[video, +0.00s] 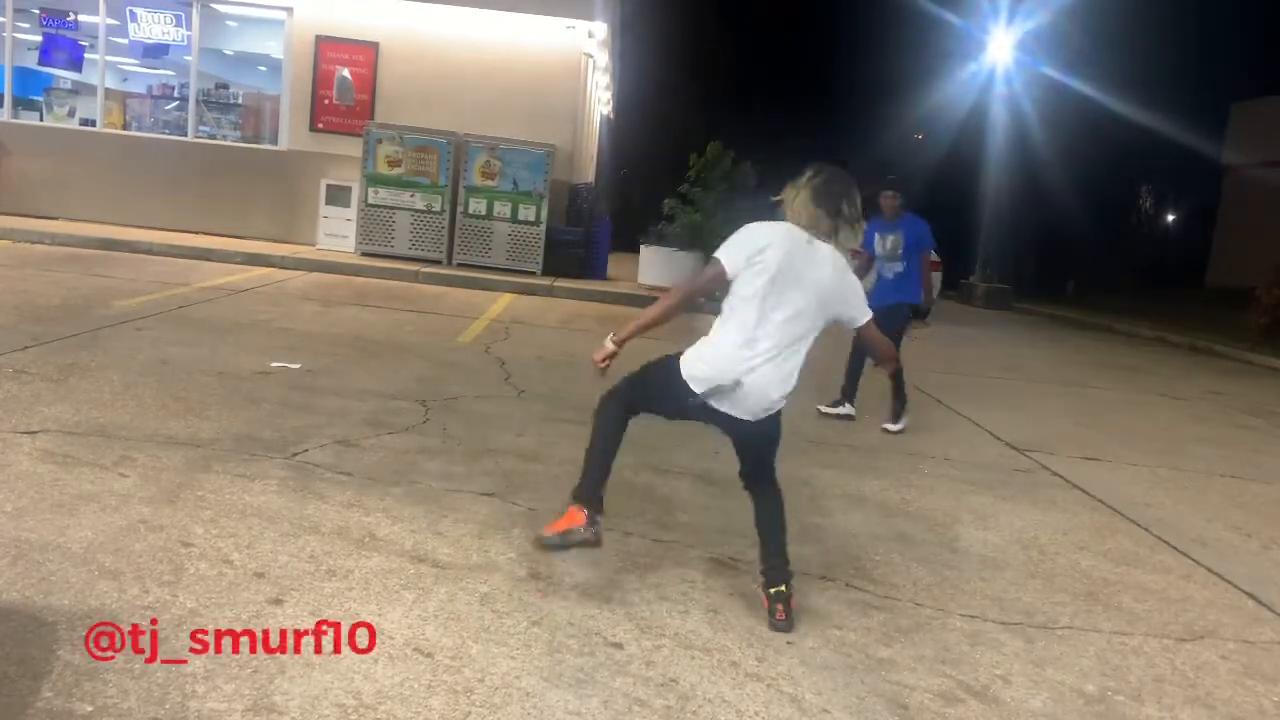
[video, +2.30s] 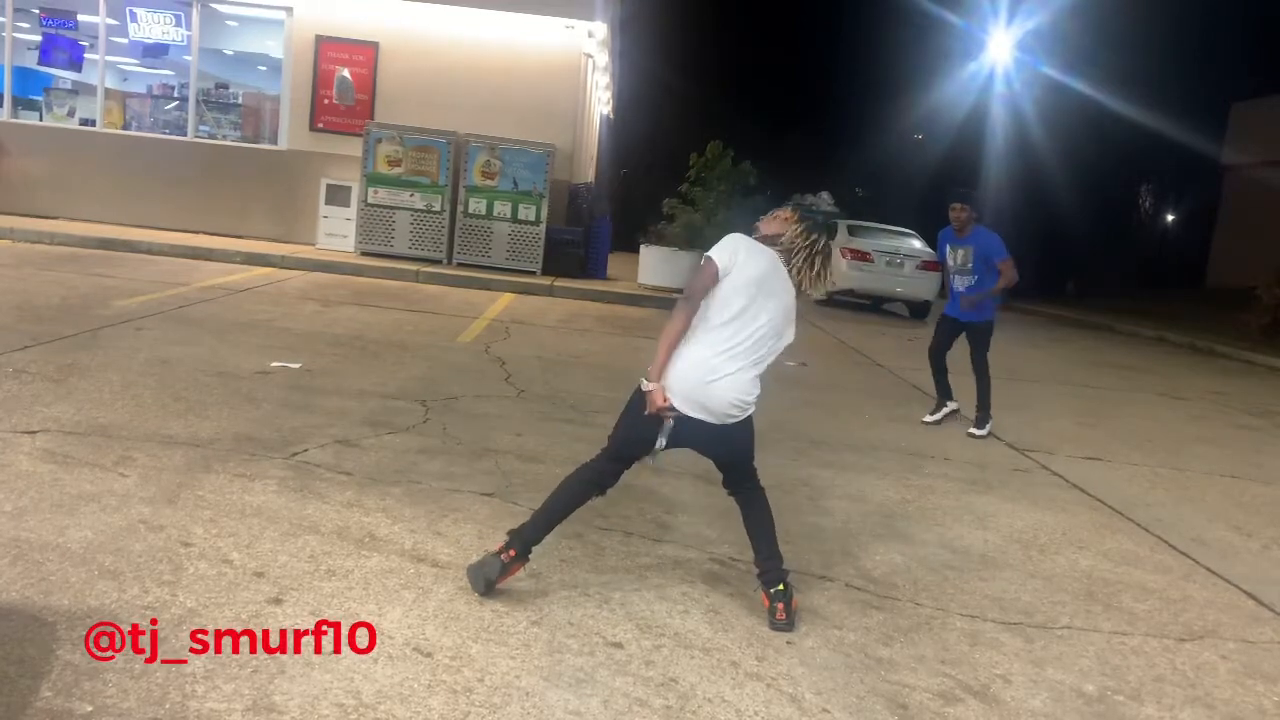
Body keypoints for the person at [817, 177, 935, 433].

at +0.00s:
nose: (889, 203)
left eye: (894, 198)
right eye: (885, 198)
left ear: (901, 201)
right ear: (879, 201)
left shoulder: (917, 226)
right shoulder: (874, 226)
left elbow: (925, 265)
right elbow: (865, 263)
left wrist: (927, 299)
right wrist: (846, 288)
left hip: (904, 298)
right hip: (877, 297)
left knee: (890, 352)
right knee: (859, 345)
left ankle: (898, 412)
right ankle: (847, 400)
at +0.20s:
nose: (909, 214)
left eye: (915, 209)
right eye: (906, 209)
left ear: (924, 212)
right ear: (901, 210)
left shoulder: (939, 238)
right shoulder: (895, 233)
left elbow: (946, 281)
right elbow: (887, 266)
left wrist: (942, 322)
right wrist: (875, 296)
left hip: (925, 307)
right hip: (899, 304)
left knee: (913, 358)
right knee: (874, 349)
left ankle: (917, 417)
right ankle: (854, 400)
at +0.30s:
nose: (922, 211)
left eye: (928, 207)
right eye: (918, 206)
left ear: (937, 209)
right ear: (913, 207)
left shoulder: (950, 234)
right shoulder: (906, 231)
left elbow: (964, 274)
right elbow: (899, 269)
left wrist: (952, 311)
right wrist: (888, 302)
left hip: (938, 306)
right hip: (912, 304)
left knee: (927, 356)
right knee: (896, 350)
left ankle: (921, 413)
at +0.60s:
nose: (942, 216)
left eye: (947, 211)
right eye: (938, 211)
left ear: (956, 213)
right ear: (933, 213)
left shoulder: (974, 237)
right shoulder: (930, 237)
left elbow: (989, 275)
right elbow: (923, 274)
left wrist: (987, 314)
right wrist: (921, 308)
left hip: (967, 308)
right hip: (940, 308)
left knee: (955, 357)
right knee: (933, 356)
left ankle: (953, 413)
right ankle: (932, 407)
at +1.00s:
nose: (969, 221)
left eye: (974, 216)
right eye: (965, 216)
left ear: (984, 218)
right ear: (960, 218)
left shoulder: (1003, 243)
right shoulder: (953, 242)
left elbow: (1015, 278)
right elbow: (957, 274)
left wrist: (1014, 316)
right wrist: (958, 301)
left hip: (992, 314)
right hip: (964, 311)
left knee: (985, 363)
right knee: (948, 358)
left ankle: (985, 418)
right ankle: (949, 407)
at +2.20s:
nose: (959, 215)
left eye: (964, 210)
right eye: (955, 210)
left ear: (975, 213)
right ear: (951, 212)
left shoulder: (992, 239)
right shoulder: (946, 237)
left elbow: (1006, 278)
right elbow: (948, 273)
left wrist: (999, 319)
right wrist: (952, 303)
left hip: (983, 316)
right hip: (957, 314)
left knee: (982, 367)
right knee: (947, 360)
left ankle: (983, 418)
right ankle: (950, 407)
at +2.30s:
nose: (956, 215)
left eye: (962, 210)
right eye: (953, 210)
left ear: (973, 213)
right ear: (948, 212)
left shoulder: (988, 240)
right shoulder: (945, 237)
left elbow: (1011, 276)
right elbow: (947, 269)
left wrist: (980, 296)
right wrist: (949, 296)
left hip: (980, 316)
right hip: (953, 311)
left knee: (979, 363)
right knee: (935, 353)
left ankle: (983, 417)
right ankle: (945, 401)